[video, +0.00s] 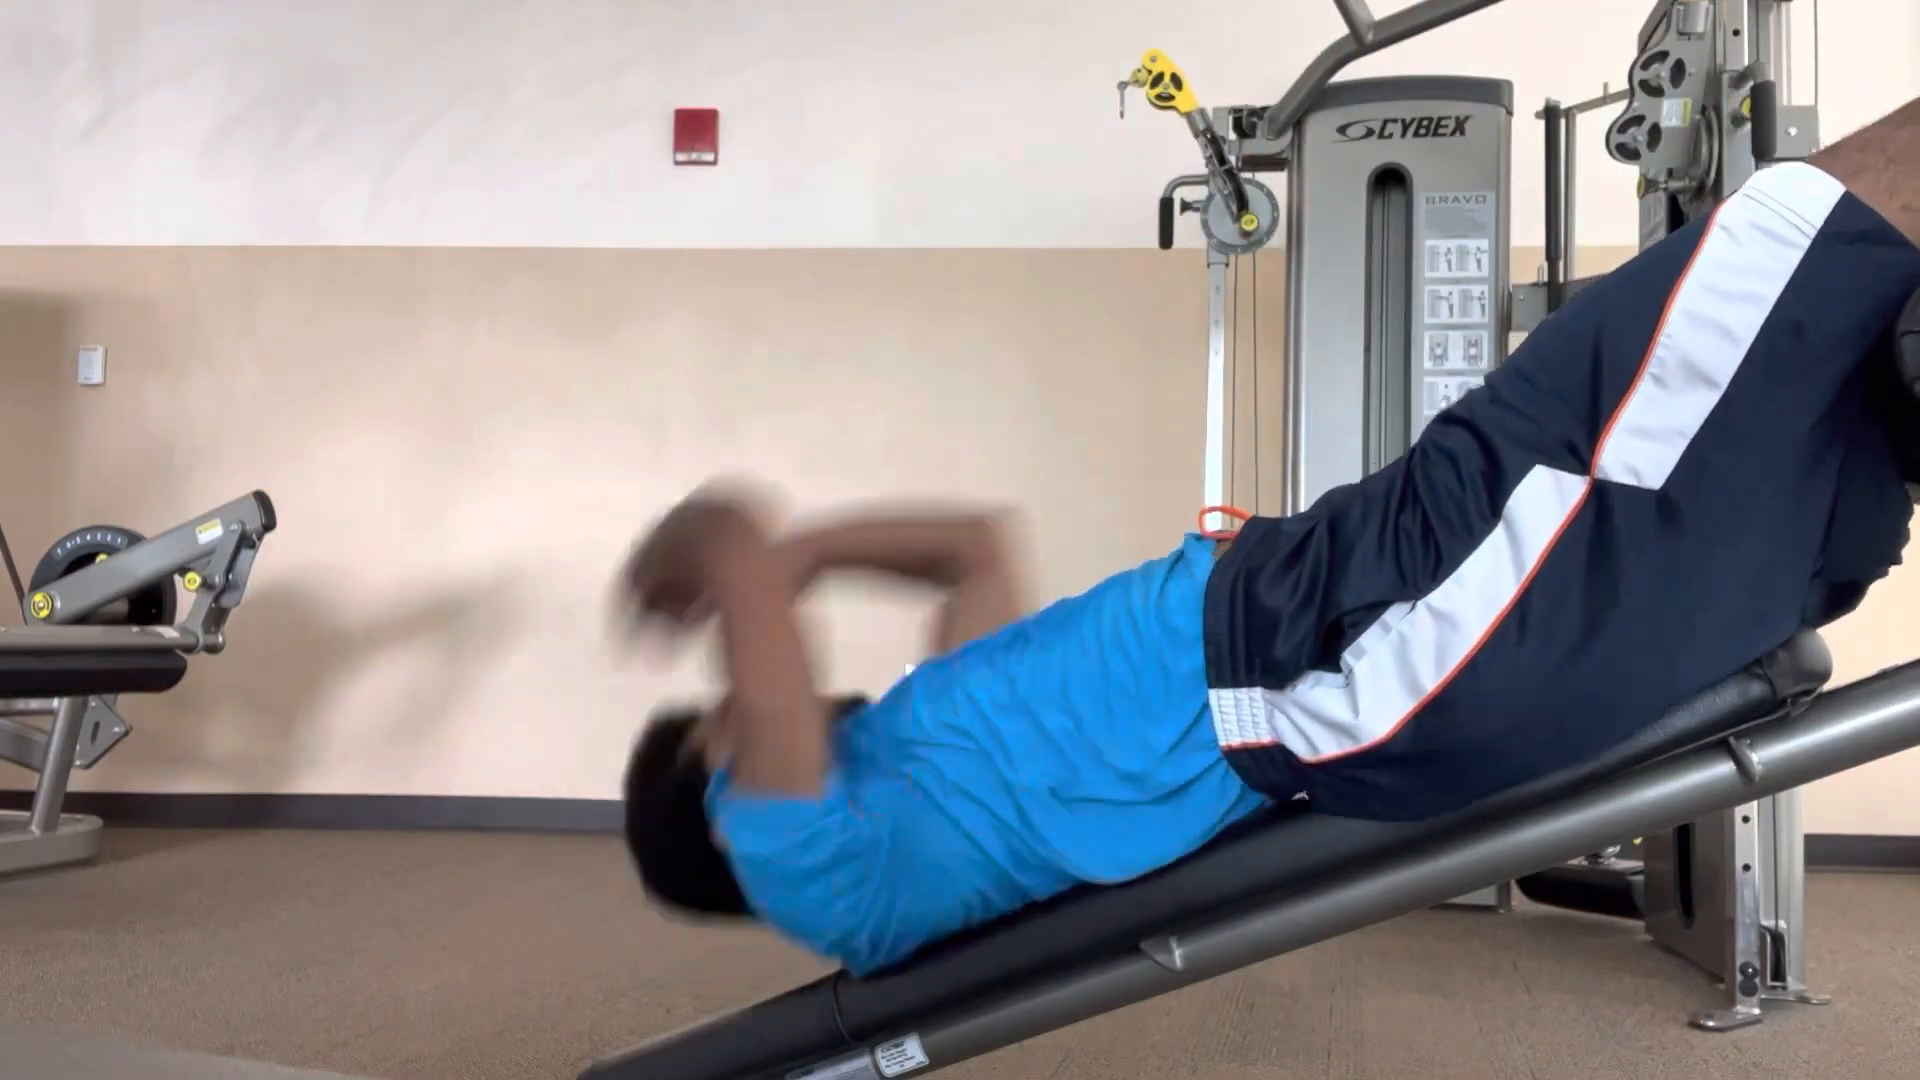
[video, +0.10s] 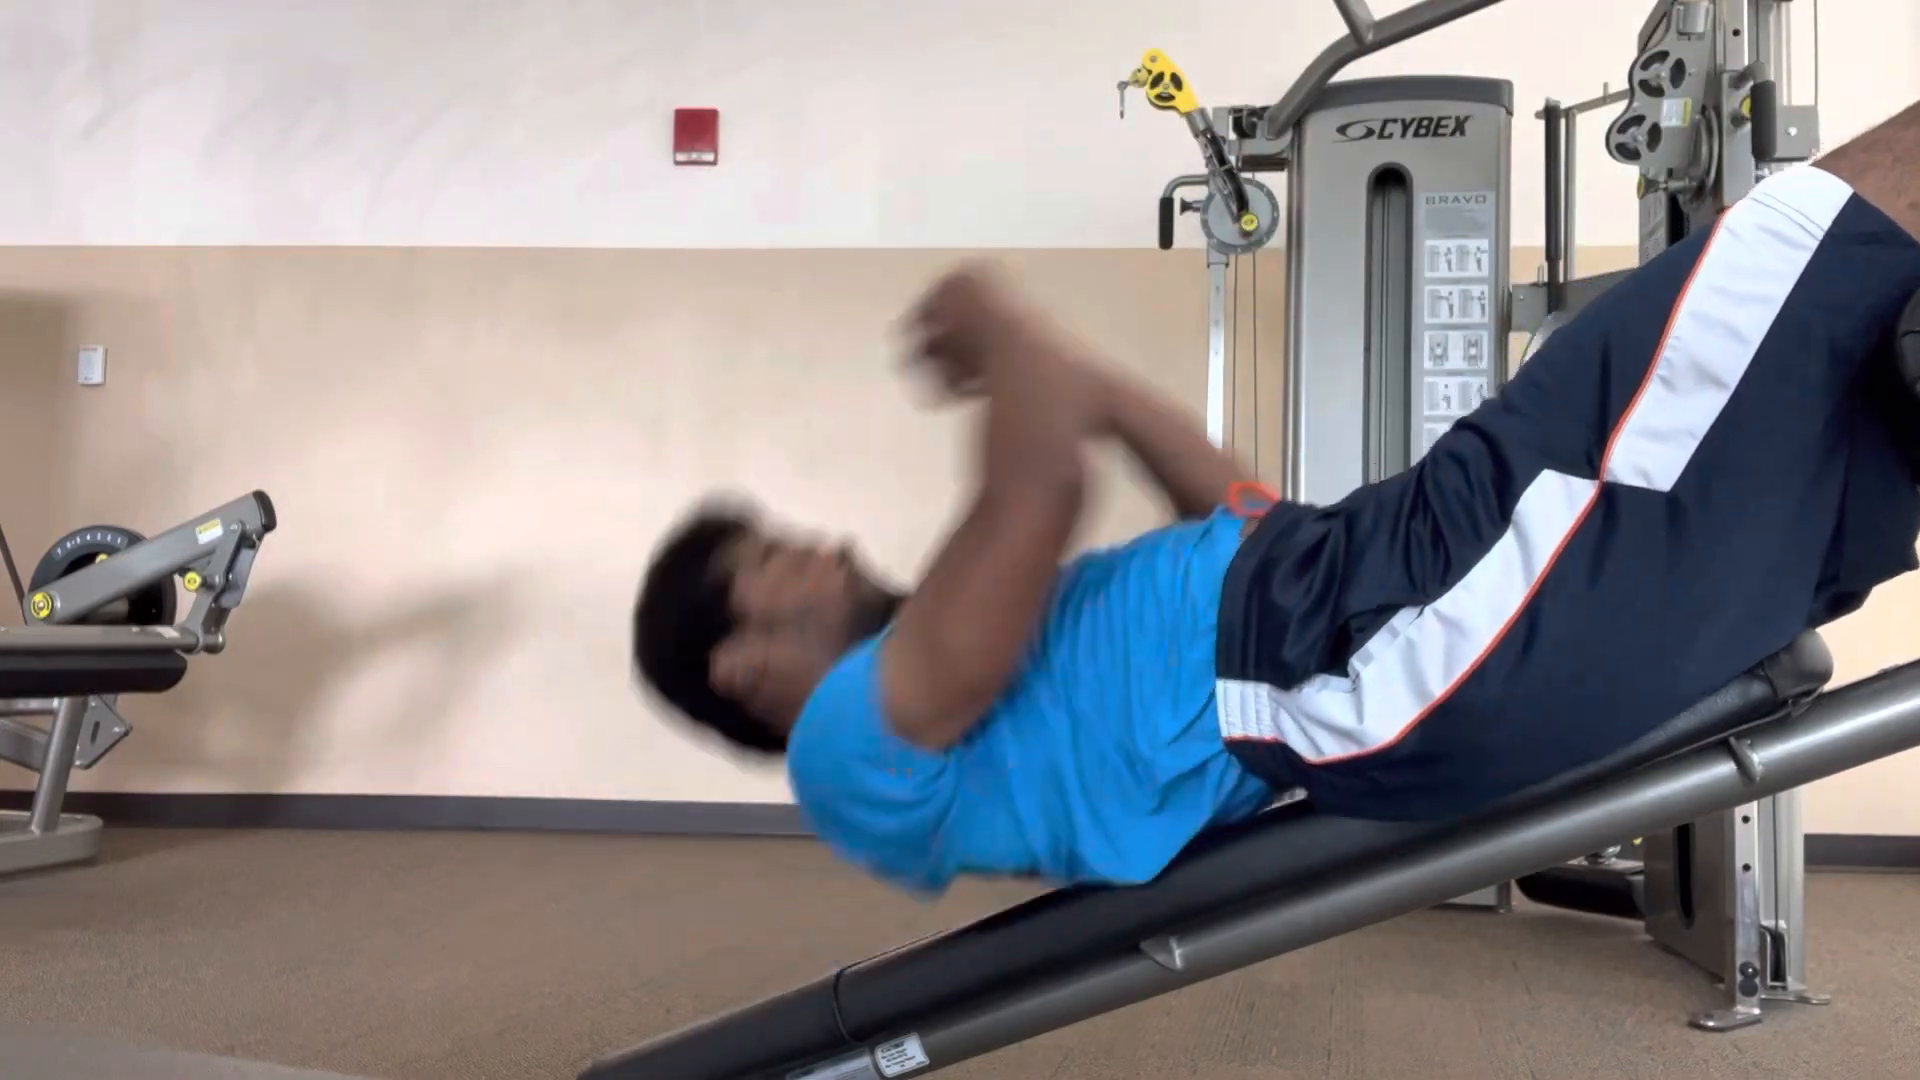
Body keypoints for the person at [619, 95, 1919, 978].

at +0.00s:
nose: (750, 706)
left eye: (734, 705)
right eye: (720, 721)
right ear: (723, 786)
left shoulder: (904, 762)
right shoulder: (802, 846)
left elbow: (971, 547)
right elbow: (766, 579)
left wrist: (780, 549)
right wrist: (729, 558)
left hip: (1343, 588)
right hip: (1330, 670)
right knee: (1854, 186)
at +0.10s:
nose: (823, 547)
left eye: (801, 536)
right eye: (772, 563)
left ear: (837, 559)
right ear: (740, 675)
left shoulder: (995, 667)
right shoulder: (842, 747)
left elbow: (1251, 546)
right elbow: (1035, 508)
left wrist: (1110, 401)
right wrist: (1014, 360)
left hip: (1387, 601)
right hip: (1363, 644)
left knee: (1874, 445)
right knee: (1869, 172)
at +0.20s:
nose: (892, 360)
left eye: (867, 341)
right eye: (842, 351)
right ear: (772, 438)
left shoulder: (1004, 501)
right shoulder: (847, 577)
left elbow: (1314, 493)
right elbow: (1141, 502)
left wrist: (1252, 278)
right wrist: (1230, 255)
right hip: (1357, 627)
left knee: (1888, 436)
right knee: (1875, 162)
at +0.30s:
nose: (1006, 178)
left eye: (991, 151)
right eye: (960, 159)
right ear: (862, 223)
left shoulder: (1071, 360)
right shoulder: (882, 380)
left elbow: (1352, 468)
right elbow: (1192, 449)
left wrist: (1381, 237)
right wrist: (1339, 220)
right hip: (1377, 616)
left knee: (1901, 449)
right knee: (1884, 158)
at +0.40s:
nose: (1191, 32)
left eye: (1176, 11)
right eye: (1155, 6)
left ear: (1058, 37)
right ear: (1043, 30)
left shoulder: (1178, 229)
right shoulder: (1003, 206)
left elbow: (1436, 409)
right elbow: (1280, 392)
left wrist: (1472, 197)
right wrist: (1448, 176)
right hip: (1380, 598)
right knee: (1897, 146)